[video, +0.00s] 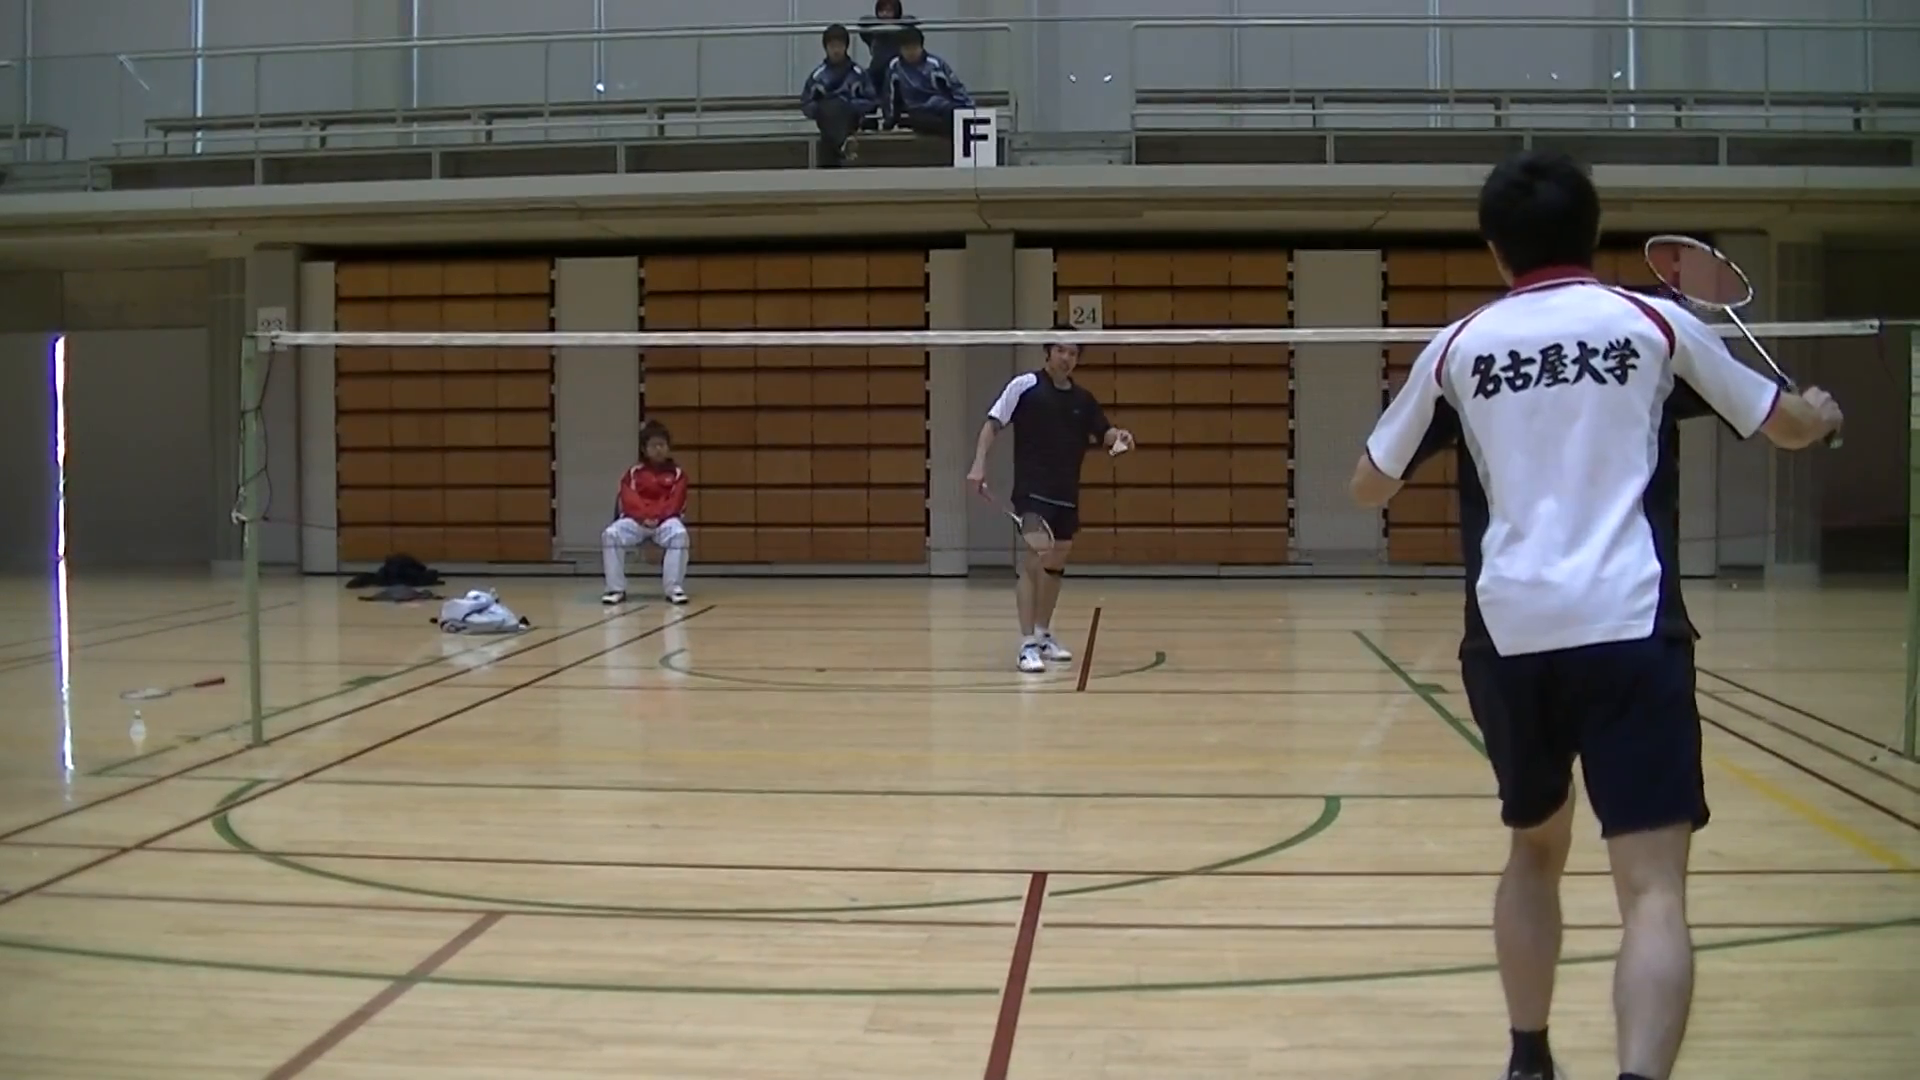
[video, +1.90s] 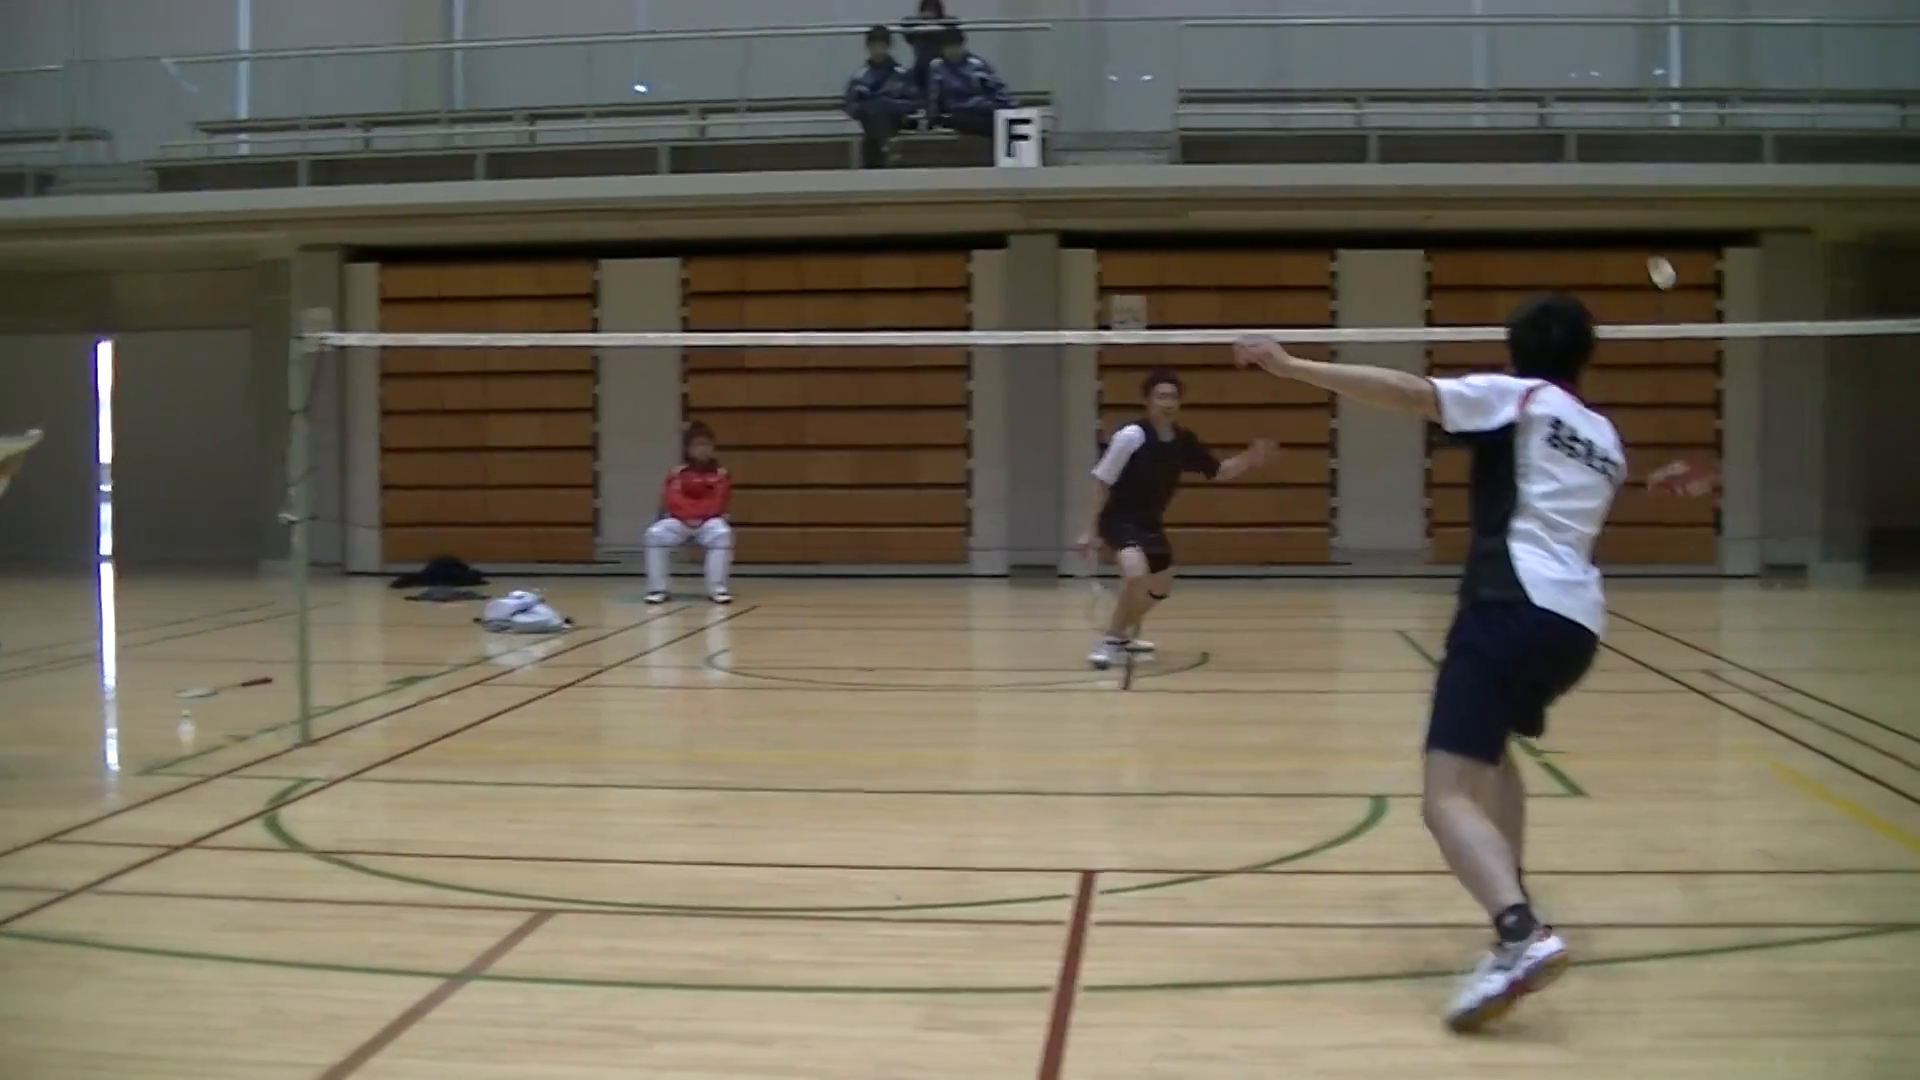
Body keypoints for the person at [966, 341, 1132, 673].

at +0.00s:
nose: (1068, 358)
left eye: (1073, 353)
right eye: (1062, 351)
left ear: (1078, 359)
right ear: (1048, 352)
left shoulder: (1082, 398)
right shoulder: (1024, 385)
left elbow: (1105, 432)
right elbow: (992, 425)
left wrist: (1119, 437)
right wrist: (978, 466)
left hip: (1066, 495)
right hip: (1032, 492)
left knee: (1055, 566)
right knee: (1034, 561)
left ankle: (1043, 637)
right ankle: (1028, 645)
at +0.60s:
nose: (1060, 352)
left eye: (1066, 347)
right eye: (1054, 345)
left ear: (1070, 353)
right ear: (1039, 348)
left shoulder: (1073, 394)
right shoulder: (1015, 379)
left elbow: (1099, 418)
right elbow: (967, 392)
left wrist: (1105, 425)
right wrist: (977, 418)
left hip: (1062, 491)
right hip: (1024, 489)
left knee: (1074, 562)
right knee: (1028, 566)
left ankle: (1059, 622)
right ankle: (1026, 646)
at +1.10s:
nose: (1068, 353)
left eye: (1073, 347)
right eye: (1061, 347)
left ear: (1079, 350)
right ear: (1047, 348)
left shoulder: (1083, 392)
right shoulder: (1028, 382)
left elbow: (1094, 442)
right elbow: (1000, 424)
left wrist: (1111, 445)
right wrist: (992, 462)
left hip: (1072, 488)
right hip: (1036, 488)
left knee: (1094, 554)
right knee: (1035, 565)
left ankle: (1072, 617)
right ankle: (1027, 646)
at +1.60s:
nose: (1113, 358)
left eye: (1119, 353)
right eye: (1107, 351)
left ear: (1124, 359)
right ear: (1094, 355)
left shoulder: (1119, 395)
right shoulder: (1073, 389)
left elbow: (1111, 442)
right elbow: (1045, 439)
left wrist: (1135, 471)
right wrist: (1036, 488)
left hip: (1096, 483)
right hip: (1066, 482)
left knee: (1107, 553)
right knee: (1078, 547)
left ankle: (1092, 628)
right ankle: (1057, 635)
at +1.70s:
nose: (1124, 364)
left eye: (1130, 359)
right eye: (1118, 357)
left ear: (1136, 365)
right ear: (1105, 360)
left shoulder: (1131, 400)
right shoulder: (1087, 394)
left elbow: (1124, 447)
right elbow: (1058, 447)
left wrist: (1152, 475)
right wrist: (1051, 499)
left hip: (1108, 491)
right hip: (1080, 489)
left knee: (1120, 551)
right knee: (1094, 552)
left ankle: (1098, 625)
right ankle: (1073, 638)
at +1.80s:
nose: (1159, 387)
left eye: (1164, 381)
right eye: (1153, 380)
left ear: (1169, 386)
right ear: (1139, 383)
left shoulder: (1168, 423)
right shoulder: (1122, 420)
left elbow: (1178, 466)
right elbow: (1092, 468)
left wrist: (1211, 480)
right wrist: (1085, 520)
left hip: (1143, 508)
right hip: (1115, 506)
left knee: (1155, 572)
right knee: (1133, 565)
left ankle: (1122, 631)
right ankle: (1108, 641)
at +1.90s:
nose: (1168, 403)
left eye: (1173, 397)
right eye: (1161, 396)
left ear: (1180, 402)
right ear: (1147, 400)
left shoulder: (1183, 440)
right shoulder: (1131, 436)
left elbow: (1218, 471)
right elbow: (1102, 482)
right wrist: (1089, 531)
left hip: (1150, 522)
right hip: (1120, 519)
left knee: (1159, 586)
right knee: (1137, 575)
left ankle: (1127, 633)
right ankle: (1111, 640)